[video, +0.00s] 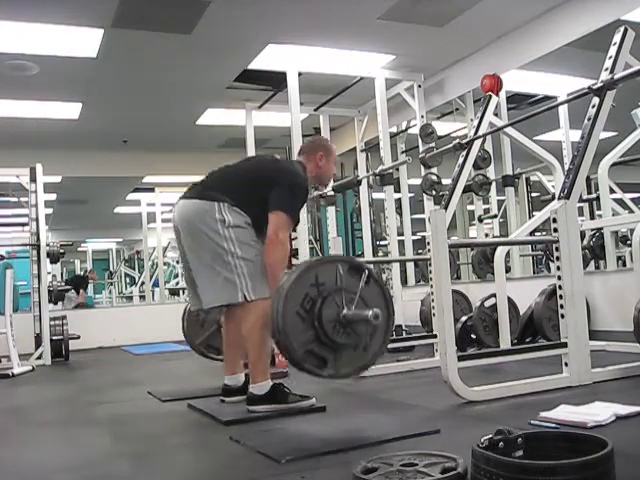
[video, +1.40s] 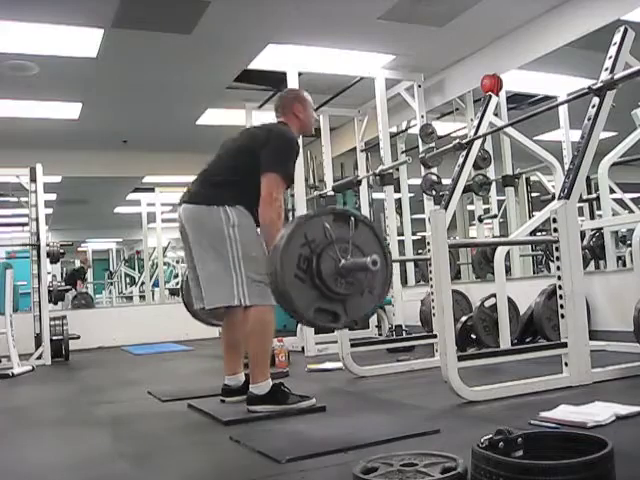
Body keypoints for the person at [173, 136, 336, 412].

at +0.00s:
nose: (334, 173)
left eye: (336, 166)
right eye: (334, 164)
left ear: (309, 158)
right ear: (319, 159)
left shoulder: (276, 172)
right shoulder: (293, 177)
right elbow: (277, 236)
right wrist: (281, 304)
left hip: (190, 209)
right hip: (215, 211)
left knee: (237, 301)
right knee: (259, 298)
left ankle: (234, 383)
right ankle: (262, 389)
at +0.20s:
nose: (318, 122)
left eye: (317, 115)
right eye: (314, 115)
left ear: (286, 118)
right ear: (297, 117)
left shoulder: (259, 136)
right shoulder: (281, 141)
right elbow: (269, 206)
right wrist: (270, 258)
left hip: (195, 203)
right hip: (220, 205)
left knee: (230, 302)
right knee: (251, 298)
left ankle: (234, 382)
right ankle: (262, 389)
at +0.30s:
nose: (297, 101)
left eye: (296, 94)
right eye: (293, 93)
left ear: (266, 94)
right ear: (279, 93)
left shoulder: (244, 120)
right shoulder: (270, 121)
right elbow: (262, 177)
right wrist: (265, 230)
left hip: (200, 204)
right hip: (226, 203)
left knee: (230, 301)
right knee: (249, 299)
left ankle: (234, 382)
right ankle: (261, 388)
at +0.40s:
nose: (274, 79)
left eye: (272, 73)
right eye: (270, 73)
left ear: (242, 78)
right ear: (257, 74)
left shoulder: (225, 111)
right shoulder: (256, 107)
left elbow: (208, 170)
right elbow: (253, 159)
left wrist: (196, 221)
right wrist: (269, 212)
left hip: (207, 209)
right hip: (232, 208)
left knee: (229, 302)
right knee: (251, 299)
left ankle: (234, 382)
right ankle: (261, 388)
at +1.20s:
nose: (289, 83)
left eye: (287, 77)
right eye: (285, 76)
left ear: (259, 80)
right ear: (269, 78)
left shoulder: (241, 111)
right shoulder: (262, 108)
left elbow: (221, 173)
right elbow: (259, 167)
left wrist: (202, 228)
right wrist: (272, 223)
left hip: (210, 206)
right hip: (232, 205)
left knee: (237, 300)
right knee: (262, 297)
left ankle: (234, 382)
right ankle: (262, 389)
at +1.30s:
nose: (304, 99)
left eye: (302, 93)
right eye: (300, 92)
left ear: (272, 96)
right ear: (285, 93)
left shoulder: (251, 121)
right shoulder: (275, 120)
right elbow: (266, 180)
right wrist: (269, 234)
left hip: (204, 206)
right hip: (228, 207)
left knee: (237, 301)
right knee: (261, 298)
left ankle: (234, 382)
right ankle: (262, 388)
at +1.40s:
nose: (315, 116)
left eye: (313, 110)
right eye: (311, 109)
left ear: (286, 113)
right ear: (295, 111)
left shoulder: (259, 134)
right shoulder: (282, 137)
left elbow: (267, 203)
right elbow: (270, 202)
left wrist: (275, 254)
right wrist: (279, 260)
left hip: (196, 208)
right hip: (223, 210)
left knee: (235, 302)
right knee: (259, 299)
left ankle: (234, 382)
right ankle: (262, 388)